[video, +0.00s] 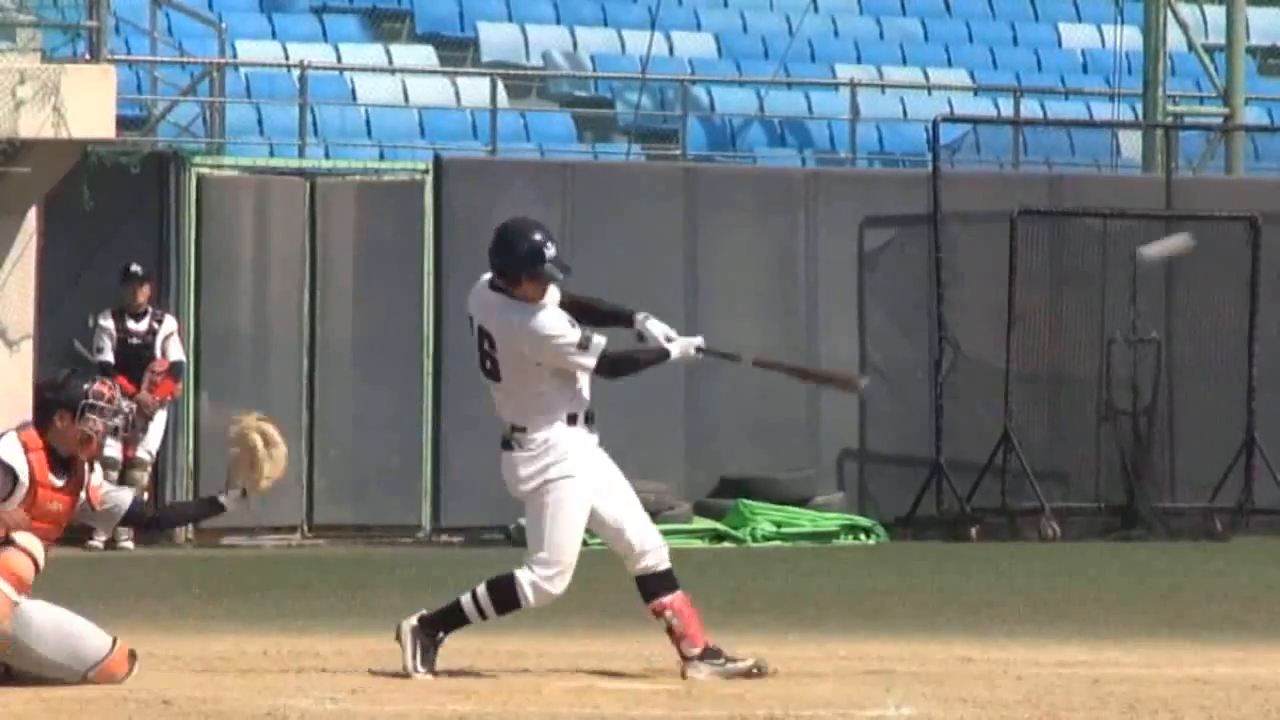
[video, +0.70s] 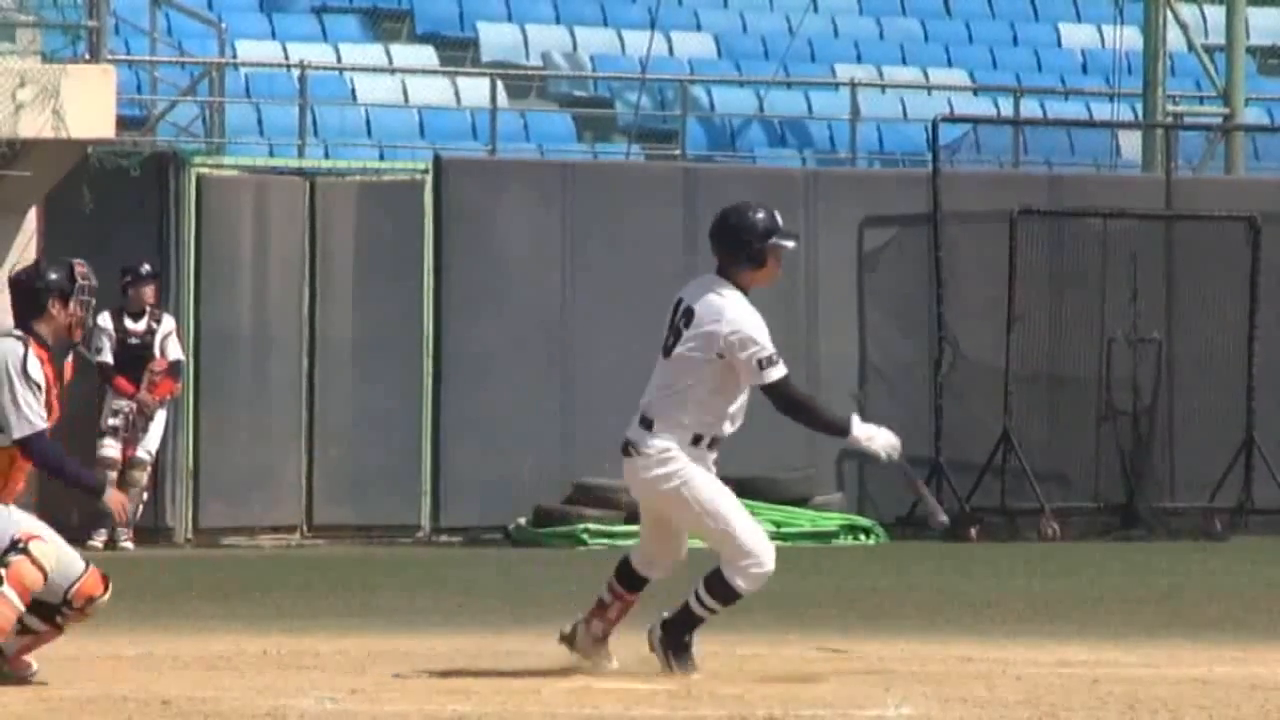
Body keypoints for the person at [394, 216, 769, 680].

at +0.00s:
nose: (547, 286)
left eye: (548, 277)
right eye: (538, 279)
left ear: (510, 273)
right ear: (510, 279)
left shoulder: (484, 289)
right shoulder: (541, 327)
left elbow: (570, 303)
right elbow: (610, 363)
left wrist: (637, 319)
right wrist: (670, 352)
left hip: (572, 442)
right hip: (548, 449)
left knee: (645, 545)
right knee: (548, 577)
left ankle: (698, 654)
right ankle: (427, 630)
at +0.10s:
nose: (559, 275)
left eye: (558, 266)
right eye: (553, 268)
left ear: (508, 266)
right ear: (530, 271)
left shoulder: (478, 295)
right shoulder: (556, 314)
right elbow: (608, 332)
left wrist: (614, 328)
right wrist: (635, 322)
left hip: (574, 448)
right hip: (559, 453)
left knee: (668, 520)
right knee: (543, 580)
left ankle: (680, 646)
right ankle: (425, 635)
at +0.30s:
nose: (618, 279)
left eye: (617, 270)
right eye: (613, 272)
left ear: (563, 276)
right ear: (596, 280)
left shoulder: (521, 328)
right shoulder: (617, 320)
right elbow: (575, 316)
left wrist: (522, 313)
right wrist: (532, 311)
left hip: (546, 467)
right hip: (580, 477)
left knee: (649, 547)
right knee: (535, 608)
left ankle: (577, 642)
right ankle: (410, 640)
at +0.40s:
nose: (665, 283)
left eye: (665, 274)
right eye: (662, 275)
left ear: (606, 279)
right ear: (648, 281)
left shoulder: (563, 327)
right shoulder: (660, 331)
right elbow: (624, 339)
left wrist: (564, 329)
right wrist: (571, 327)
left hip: (548, 473)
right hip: (597, 487)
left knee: (637, 537)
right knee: (586, 618)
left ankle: (574, 637)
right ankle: (469, 625)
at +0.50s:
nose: (702, 284)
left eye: (701, 275)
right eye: (697, 276)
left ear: (641, 277)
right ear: (681, 283)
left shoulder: (599, 318)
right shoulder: (688, 345)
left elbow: (597, 377)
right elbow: (699, 412)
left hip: (558, 465)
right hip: (607, 480)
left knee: (623, 548)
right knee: (667, 594)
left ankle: (575, 639)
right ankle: (552, 609)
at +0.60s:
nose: (723, 281)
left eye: (722, 272)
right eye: (718, 273)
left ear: (666, 275)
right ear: (703, 279)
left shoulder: (630, 314)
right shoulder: (700, 344)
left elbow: (625, 396)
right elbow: (731, 426)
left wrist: (665, 443)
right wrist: (770, 440)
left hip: (577, 458)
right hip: (619, 468)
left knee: (636, 546)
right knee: (714, 565)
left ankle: (580, 636)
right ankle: (601, 615)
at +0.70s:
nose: (781, 259)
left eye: (780, 250)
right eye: (775, 251)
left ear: (729, 252)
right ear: (754, 254)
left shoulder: (697, 292)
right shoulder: (736, 317)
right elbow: (787, 398)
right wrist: (857, 430)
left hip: (657, 452)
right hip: (670, 459)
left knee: (658, 553)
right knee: (754, 559)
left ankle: (591, 632)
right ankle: (674, 632)